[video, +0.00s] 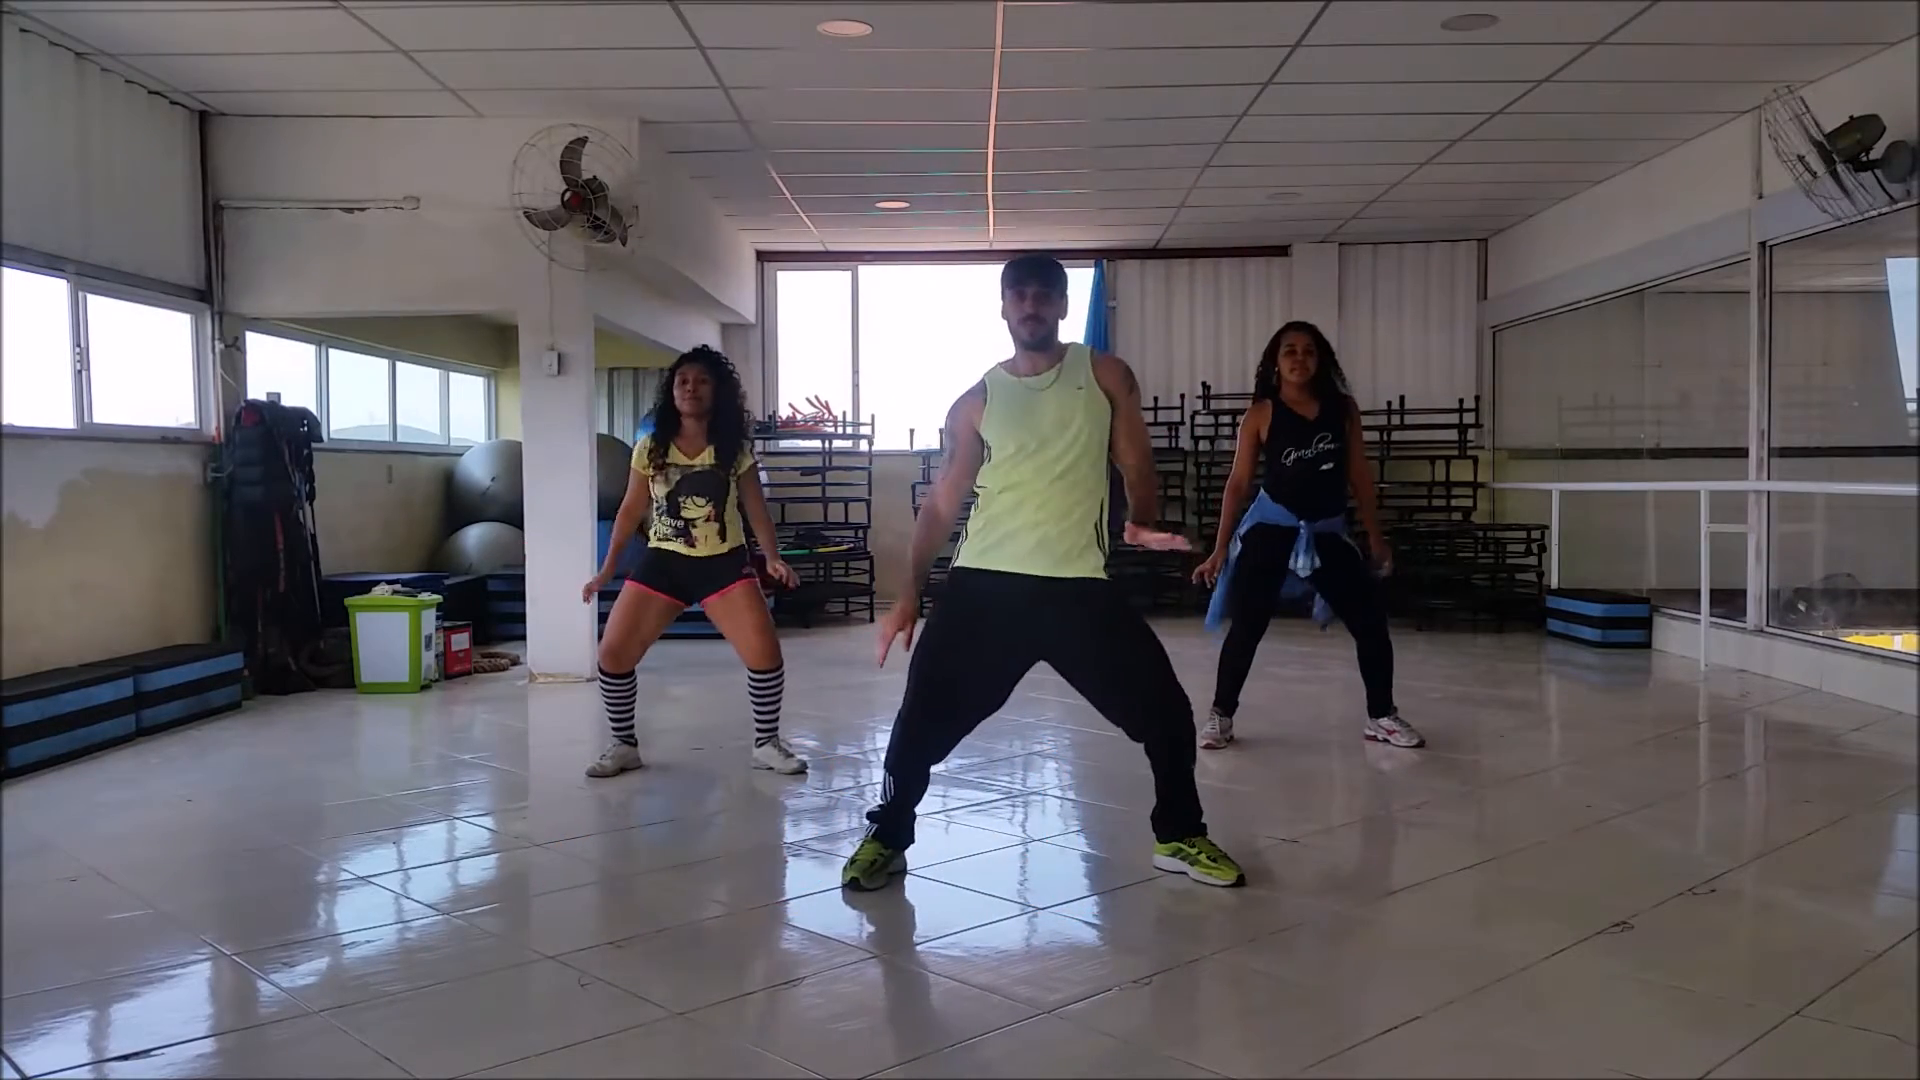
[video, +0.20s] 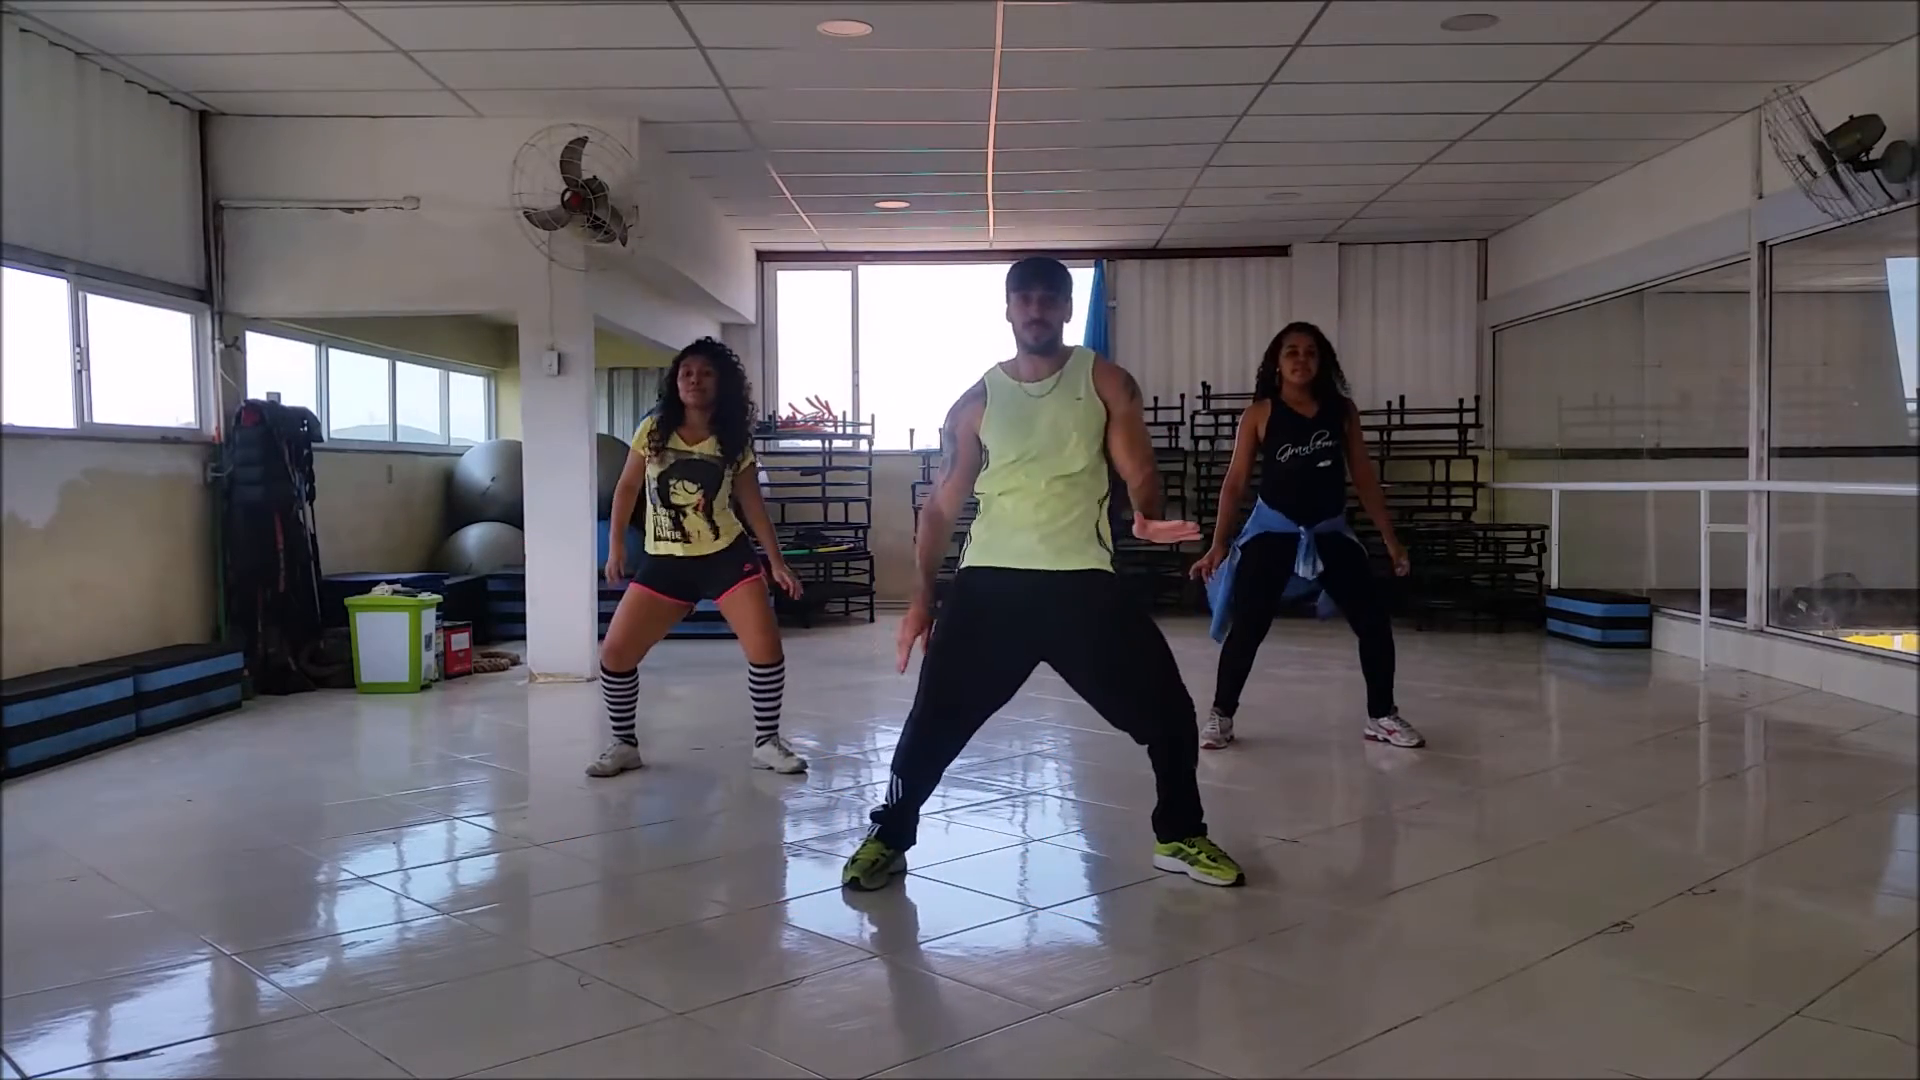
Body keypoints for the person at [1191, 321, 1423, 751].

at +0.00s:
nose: (1299, 358)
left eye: (1308, 351)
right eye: (1290, 351)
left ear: (1320, 360)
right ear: (1274, 361)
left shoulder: (1343, 410)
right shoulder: (1260, 414)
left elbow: (1360, 475)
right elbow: (1238, 483)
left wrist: (1373, 533)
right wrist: (1220, 548)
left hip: (1328, 535)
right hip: (1271, 533)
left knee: (1371, 623)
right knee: (1248, 623)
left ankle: (1382, 717)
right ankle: (1221, 716)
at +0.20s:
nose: (1301, 359)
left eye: (1309, 353)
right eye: (1291, 352)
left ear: (1321, 362)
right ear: (1276, 361)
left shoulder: (1342, 412)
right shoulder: (1258, 415)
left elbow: (1365, 480)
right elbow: (1235, 483)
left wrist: (1391, 540)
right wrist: (1219, 543)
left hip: (1331, 533)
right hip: (1272, 532)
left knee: (1373, 618)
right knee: (1249, 622)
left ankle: (1382, 717)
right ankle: (1221, 717)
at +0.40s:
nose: (1303, 363)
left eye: (1313, 356)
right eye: (1294, 355)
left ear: (1323, 365)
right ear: (1278, 363)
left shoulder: (1338, 416)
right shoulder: (1256, 413)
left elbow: (1362, 483)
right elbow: (1229, 480)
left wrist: (1388, 544)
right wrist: (1212, 537)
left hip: (1334, 531)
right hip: (1276, 533)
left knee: (1373, 614)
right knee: (1252, 624)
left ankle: (1383, 717)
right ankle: (1221, 717)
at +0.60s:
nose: (1304, 366)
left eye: (1313, 359)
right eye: (1295, 358)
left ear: (1324, 369)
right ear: (1279, 366)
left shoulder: (1337, 419)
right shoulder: (1256, 415)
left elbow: (1358, 488)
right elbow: (1228, 483)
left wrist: (1381, 553)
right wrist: (1212, 545)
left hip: (1335, 531)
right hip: (1278, 534)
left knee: (1373, 618)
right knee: (1254, 629)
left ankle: (1383, 717)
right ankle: (1222, 716)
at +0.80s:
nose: (1300, 362)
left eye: (1309, 355)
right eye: (1291, 355)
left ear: (1321, 364)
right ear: (1276, 364)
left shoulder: (1343, 415)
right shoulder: (1259, 418)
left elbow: (1359, 486)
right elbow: (1233, 488)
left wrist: (1368, 548)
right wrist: (1216, 552)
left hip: (1330, 534)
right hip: (1274, 533)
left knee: (1375, 618)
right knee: (1251, 621)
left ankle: (1383, 717)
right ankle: (1221, 716)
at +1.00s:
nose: (1299, 359)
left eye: (1308, 352)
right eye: (1290, 351)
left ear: (1320, 361)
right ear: (1274, 360)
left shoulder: (1341, 409)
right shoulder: (1258, 414)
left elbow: (1361, 475)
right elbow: (1239, 486)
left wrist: (1379, 533)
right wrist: (1224, 550)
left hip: (1331, 532)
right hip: (1273, 530)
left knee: (1374, 614)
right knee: (1248, 619)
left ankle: (1382, 717)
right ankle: (1220, 715)